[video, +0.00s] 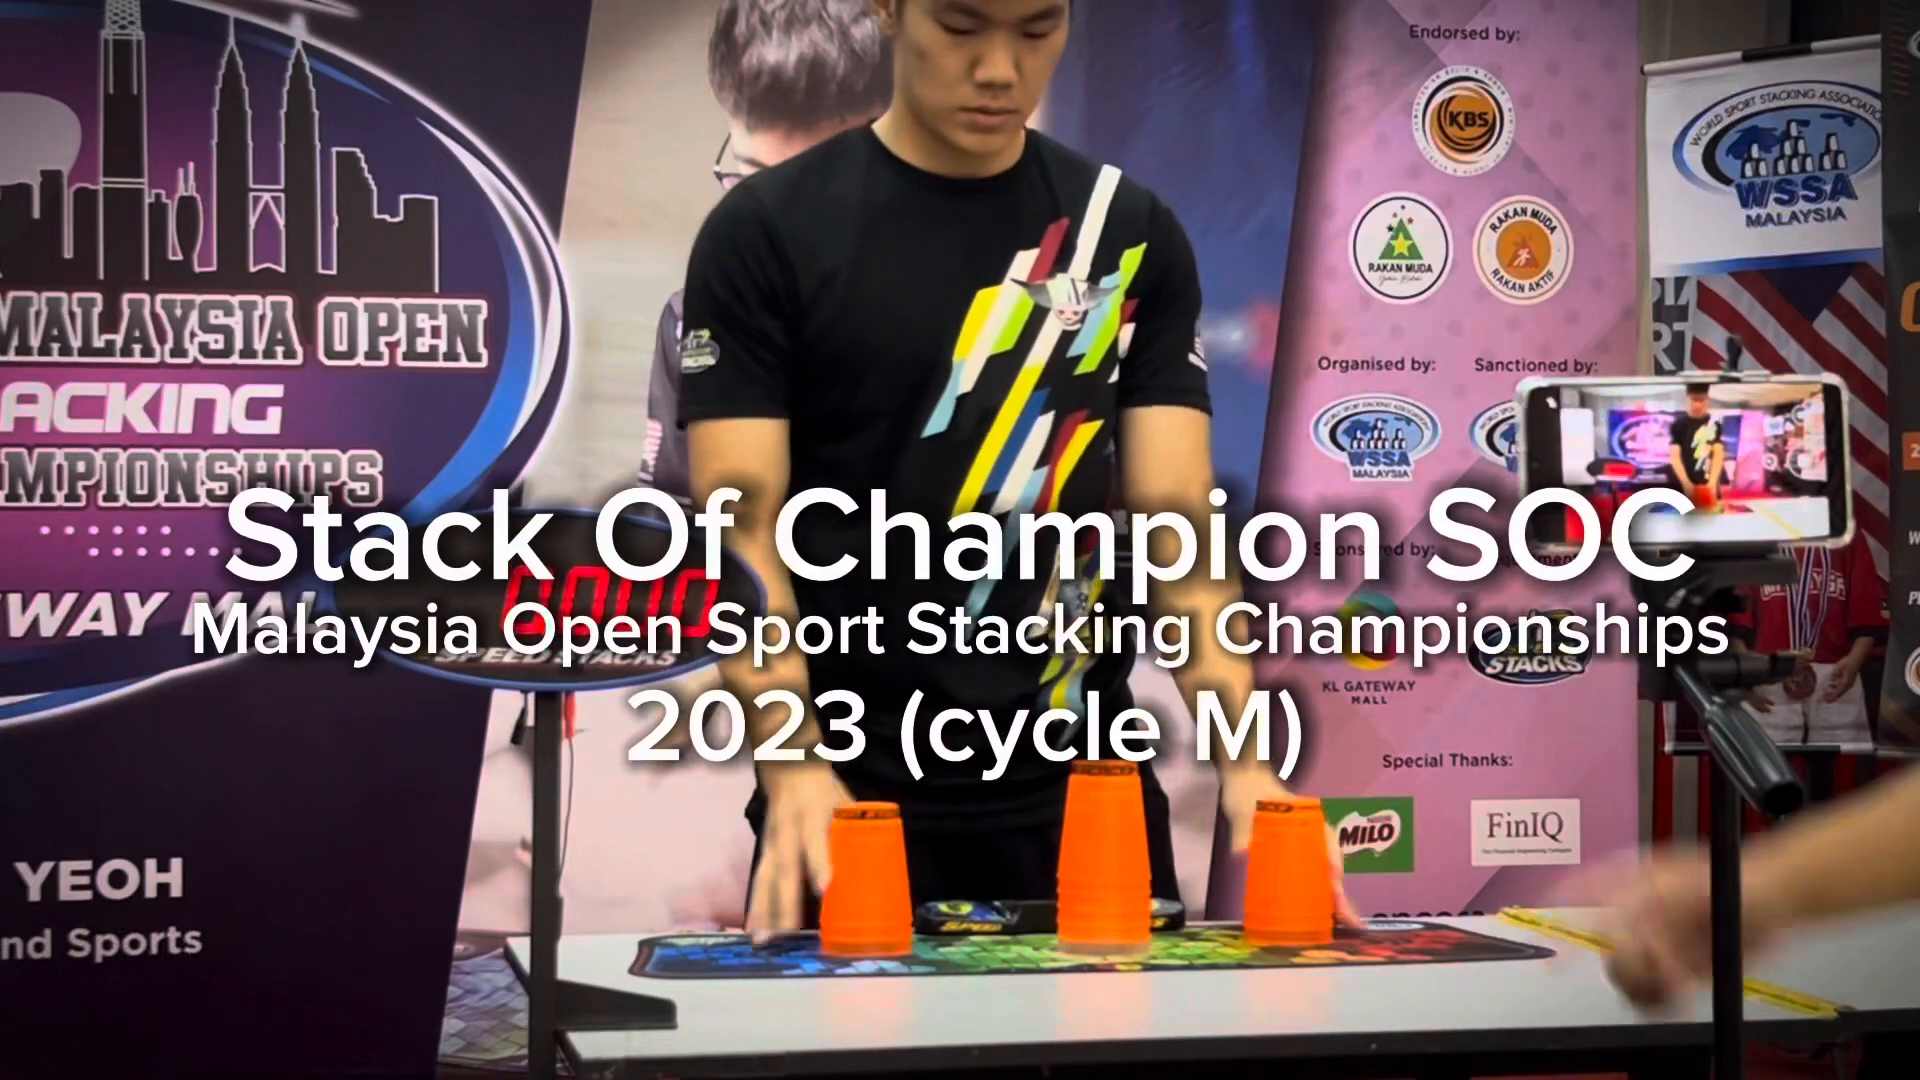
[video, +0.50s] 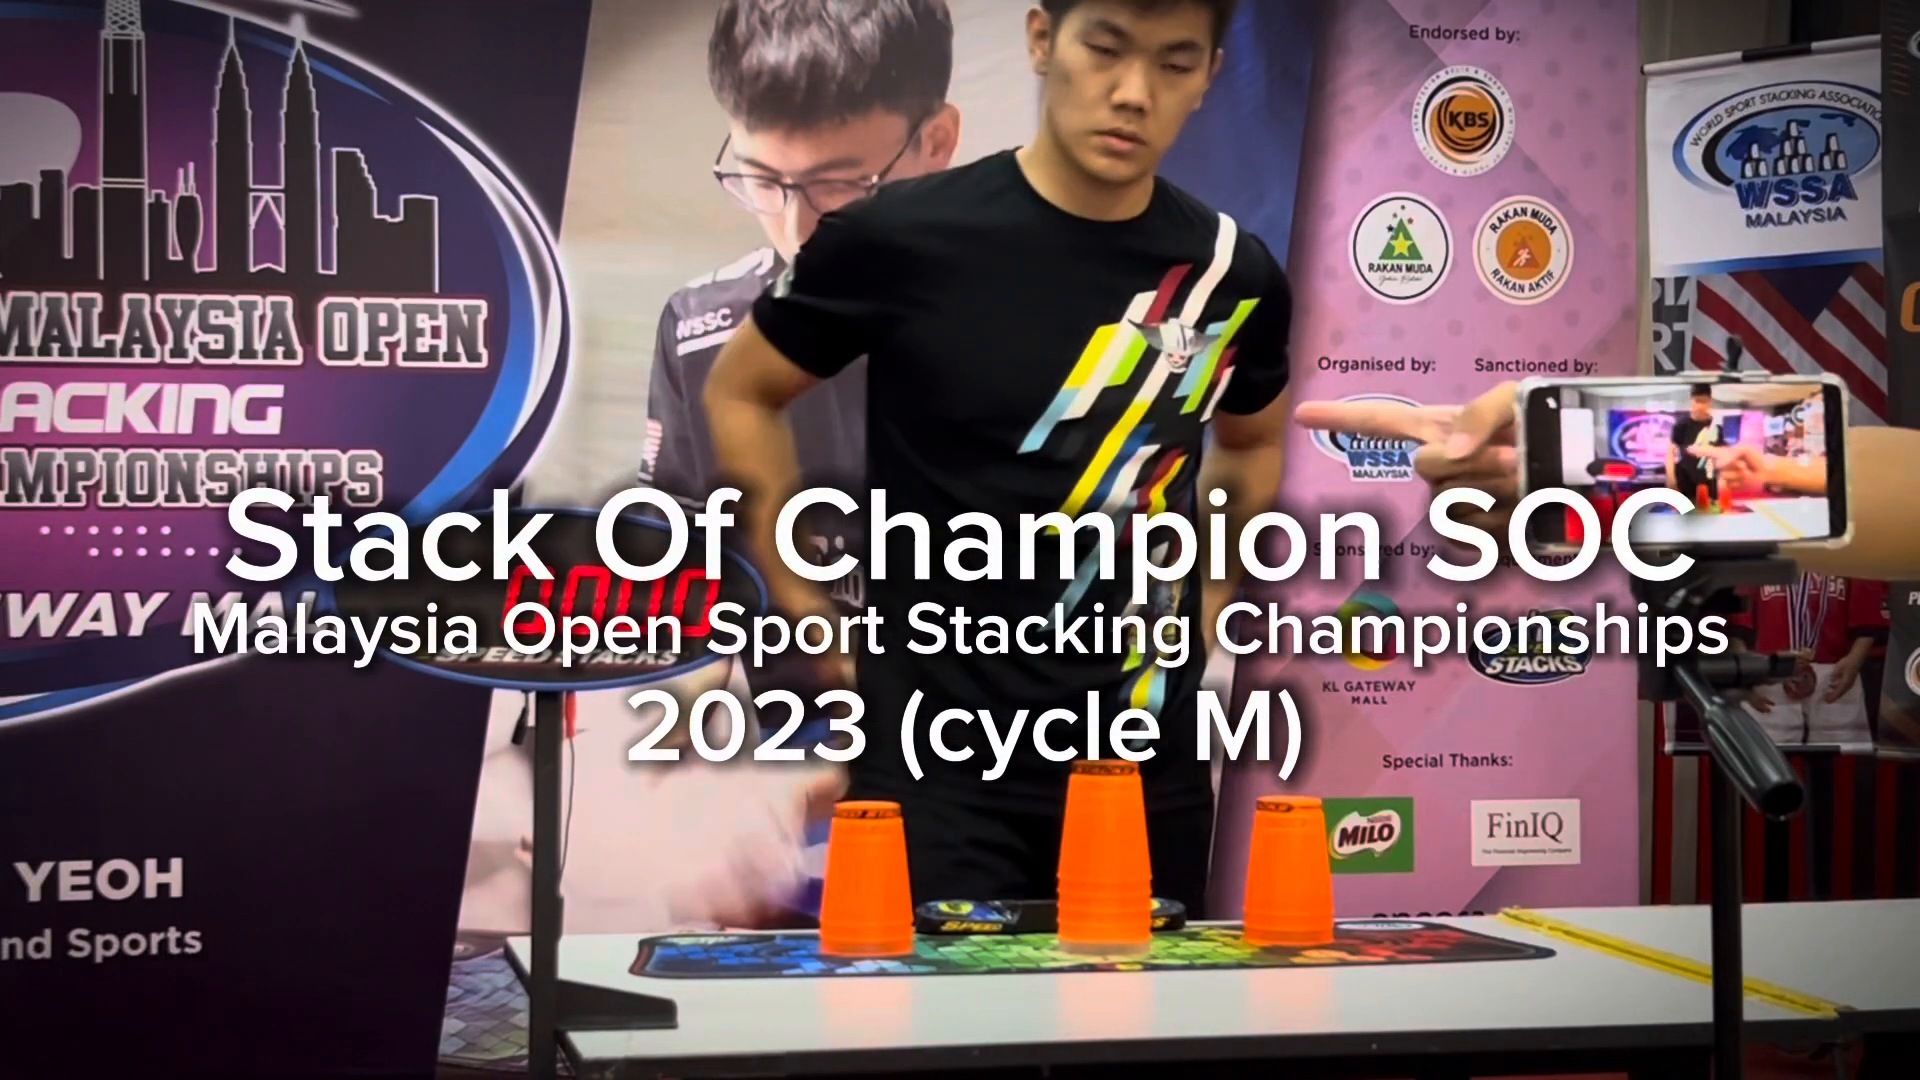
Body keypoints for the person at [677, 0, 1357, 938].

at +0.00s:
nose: (998, 70)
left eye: (1036, 30)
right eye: (960, 25)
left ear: (1068, 27)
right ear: (888, 13)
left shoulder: (1134, 238)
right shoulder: (765, 234)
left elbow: (1180, 532)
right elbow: (740, 533)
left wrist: (1243, 753)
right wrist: (791, 762)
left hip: (1075, 798)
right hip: (856, 801)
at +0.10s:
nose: (1006, 66)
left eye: (1045, 29)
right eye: (971, 21)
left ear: (1077, 30)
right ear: (903, 14)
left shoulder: (1138, 237)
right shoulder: (776, 226)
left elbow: (1193, 525)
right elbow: (729, 519)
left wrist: (1245, 750)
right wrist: (769, 747)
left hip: (1071, 802)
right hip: (847, 803)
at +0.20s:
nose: (1033, 68)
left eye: (1072, 31)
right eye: (997, 23)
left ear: (1102, 34)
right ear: (928, 14)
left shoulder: (1155, 245)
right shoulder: (794, 231)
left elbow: (1212, 510)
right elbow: (685, 499)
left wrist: (1239, 724)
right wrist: (721, 715)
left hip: (1082, 796)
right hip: (861, 790)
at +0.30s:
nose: (1066, 79)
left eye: (1105, 44)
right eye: (1032, 33)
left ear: (1138, 45)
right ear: (963, 22)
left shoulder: (1178, 257)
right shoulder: (822, 237)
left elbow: (1226, 493)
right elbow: (677, 472)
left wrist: (1238, 696)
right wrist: (699, 684)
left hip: (1105, 796)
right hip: (889, 788)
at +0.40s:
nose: (1104, 89)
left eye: (1144, 54)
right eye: (1072, 44)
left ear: (1179, 58)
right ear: (1005, 32)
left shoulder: (1215, 269)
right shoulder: (866, 243)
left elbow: (1238, 474)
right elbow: (695, 428)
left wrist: (1218, 684)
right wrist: (737, 656)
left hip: (1130, 789)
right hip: (923, 778)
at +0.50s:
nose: (1133, 93)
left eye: (1175, 62)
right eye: (1104, 47)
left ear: (1209, 77)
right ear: (1039, 39)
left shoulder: (1239, 277)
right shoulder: (897, 240)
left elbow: (1248, 446)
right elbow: (738, 393)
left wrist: (1208, 622)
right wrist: (812, 616)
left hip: (1145, 768)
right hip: (942, 757)